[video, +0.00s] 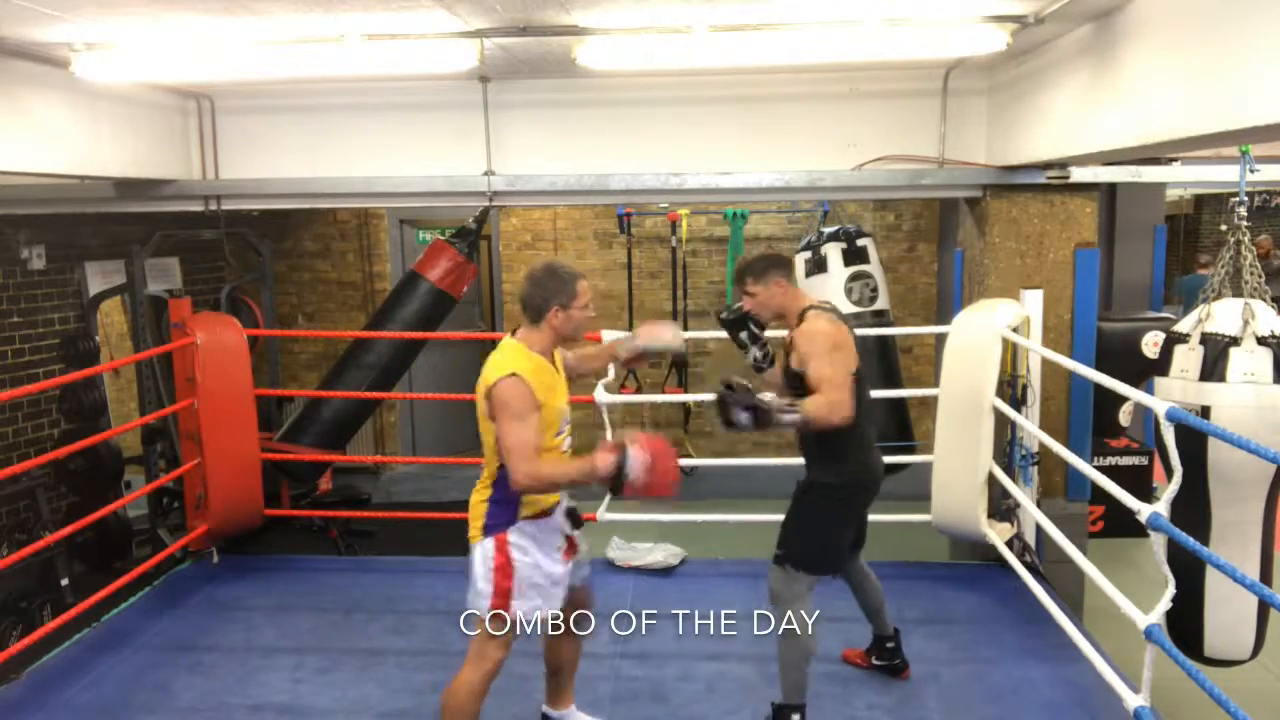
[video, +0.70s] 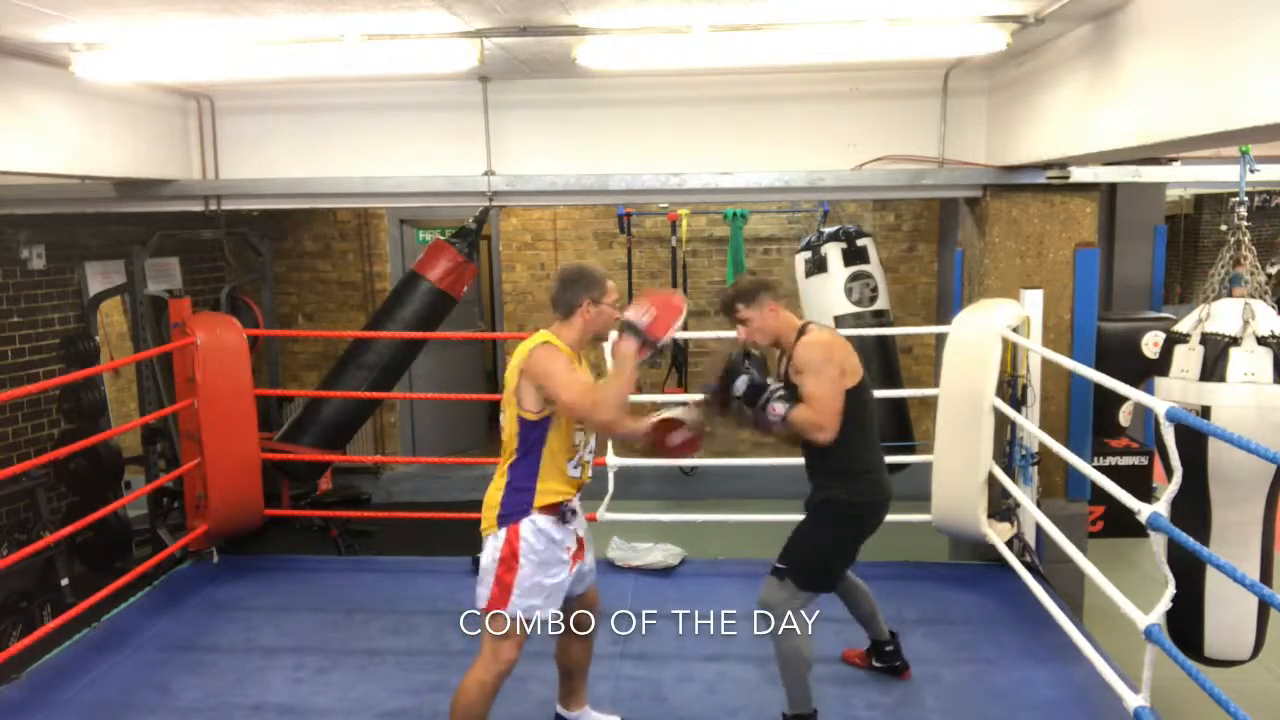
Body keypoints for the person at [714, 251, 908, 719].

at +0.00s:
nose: (748, 309)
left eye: (749, 297)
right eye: (744, 299)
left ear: (776, 287)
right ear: (781, 286)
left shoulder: (817, 329)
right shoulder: (808, 325)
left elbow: (836, 408)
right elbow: (792, 388)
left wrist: (772, 413)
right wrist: (759, 358)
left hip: (835, 476)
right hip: (850, 469)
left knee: (787, 585)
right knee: (847, 561)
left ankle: (791, 710)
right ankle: (888, 648)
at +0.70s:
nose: (742, 338)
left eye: (743, 325)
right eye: (737, 328)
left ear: (771, 309)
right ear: (768, 313)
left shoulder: (816, 348)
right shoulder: (803, 348)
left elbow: (823, 428)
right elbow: (802, 425)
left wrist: (767, 400)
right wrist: (754, 402)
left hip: (846, 498)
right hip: (852, 492)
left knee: (778, 600)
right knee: (832, 572)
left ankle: (800, 713)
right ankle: (886, 650)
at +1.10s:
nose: (754, 310)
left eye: (758, 298)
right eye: (752, 300)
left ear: (787, 290)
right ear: (791, 291)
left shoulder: (811, 328)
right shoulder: (825, 324)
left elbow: (801, 380)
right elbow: (796, 378)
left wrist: (740, 372)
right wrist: (741, 373)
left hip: (837, 486)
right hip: (857, 479)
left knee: (787, 596)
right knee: (843, 564)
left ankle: (804, 713)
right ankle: (891, 649)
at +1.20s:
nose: (751, 313)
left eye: (756, 303)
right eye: (749, 304)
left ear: (787, 293)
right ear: (776, 297)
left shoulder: (829, 332)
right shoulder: (779, 336)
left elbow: (864, 397)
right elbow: (734, 363)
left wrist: (796, 393)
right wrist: (694, 361)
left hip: (842, 484)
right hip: (820, 482)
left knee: (785, 597)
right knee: (843, 568)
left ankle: (807, 713)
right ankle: (890, 650)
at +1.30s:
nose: (750, 329)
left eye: (756, 319)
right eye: (747, 321)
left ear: (784, 309)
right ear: (755, 317)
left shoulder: (829, 350)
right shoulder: (758, 341)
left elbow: (866, 427)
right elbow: (719, 376)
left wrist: (802, 404)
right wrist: (689, 390)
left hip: (836, 490)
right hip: (802, 487)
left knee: (787, 602)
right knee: (824, 575)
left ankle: (821, 715)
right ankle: (885, 647)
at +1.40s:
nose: (710, 371)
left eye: (714, 360)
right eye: (707, 361)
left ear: (739, 349)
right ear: (734, 349)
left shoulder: (803, 376)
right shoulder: (756, 378)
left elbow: (831, 459)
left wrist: (787, 447)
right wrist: (734, 432)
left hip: (831, 498)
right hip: (796, 489)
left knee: (776, 611)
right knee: (778, 574)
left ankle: (816, 714)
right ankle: (846, 630)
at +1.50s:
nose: (684, 379)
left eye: (685, 367)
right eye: (681, 368)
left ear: (709, 359)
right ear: (712, 355)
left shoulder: (763, 391)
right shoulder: (754, 381)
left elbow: (766, 476)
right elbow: (756, 449)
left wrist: (714, 452)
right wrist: (713, 435)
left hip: (813, 516)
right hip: (792, 505)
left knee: (753, 631)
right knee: (749, 560)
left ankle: (809, 715)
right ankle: (745, 626)